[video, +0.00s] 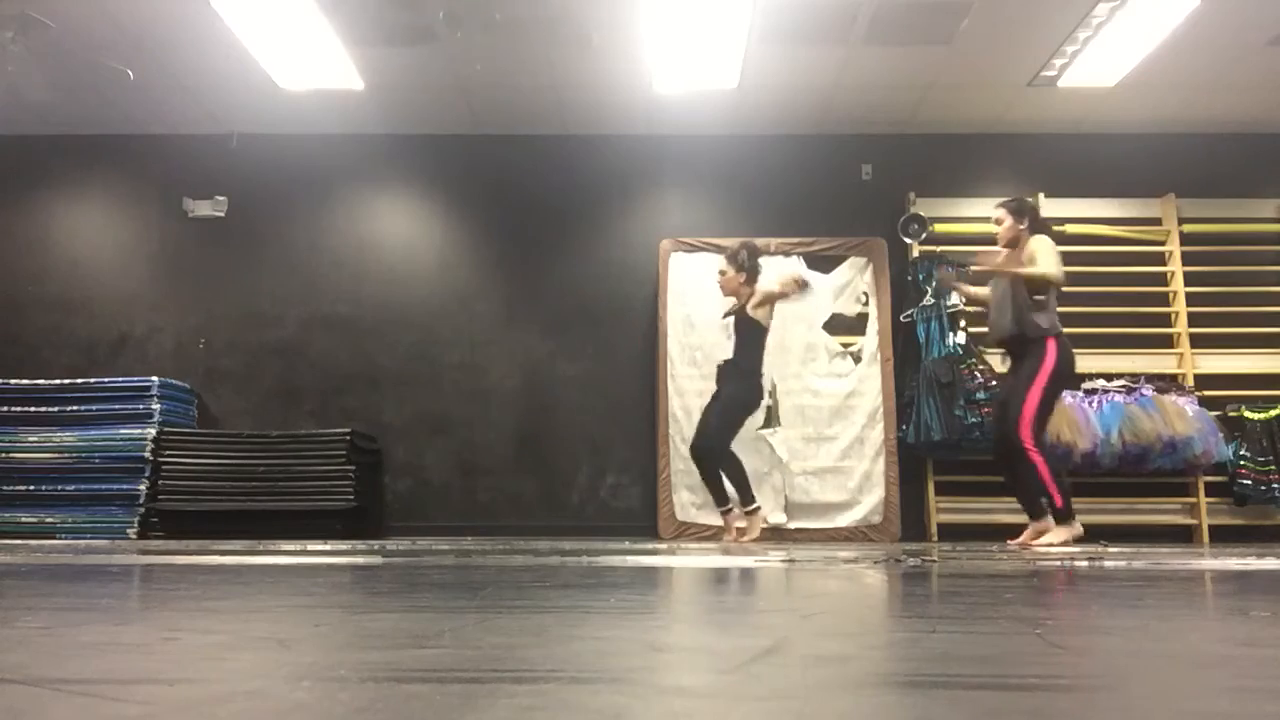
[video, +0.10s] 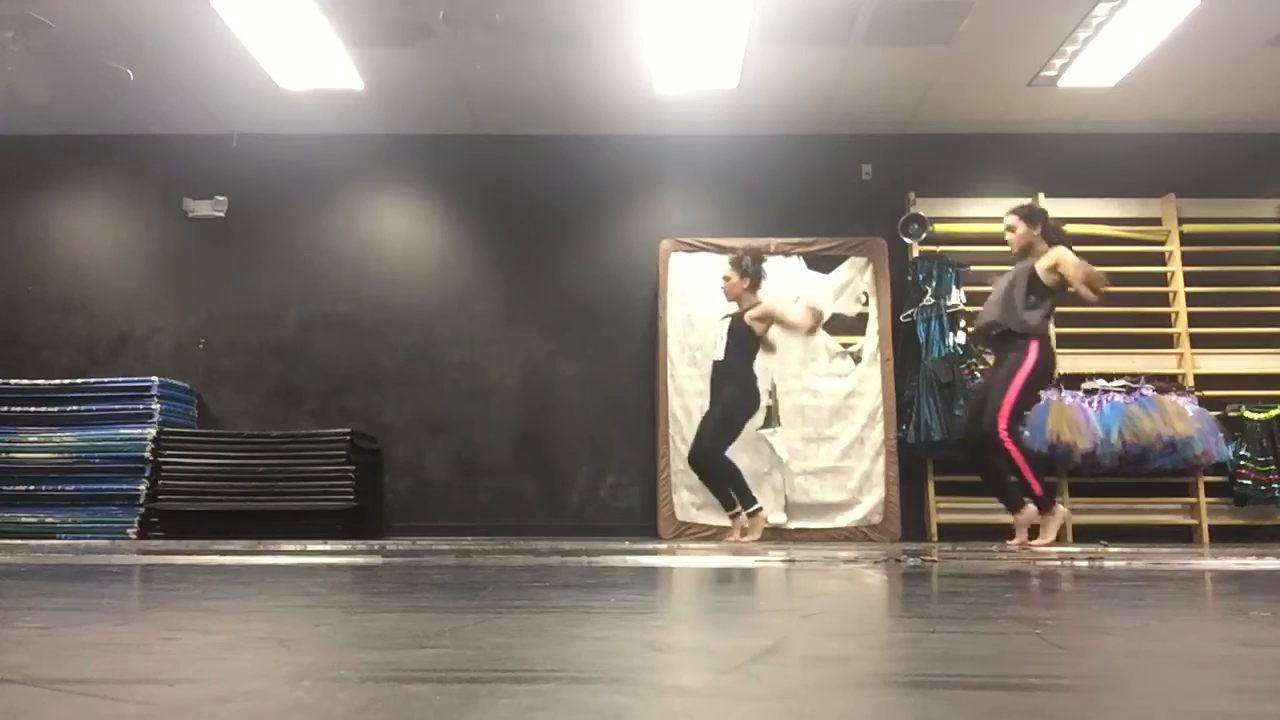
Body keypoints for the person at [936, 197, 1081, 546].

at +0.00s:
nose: (995, 229)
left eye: (999, 222)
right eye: (994, 223)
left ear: (1022, 222)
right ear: (1009, 226)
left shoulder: (1039, 243)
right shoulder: (1008, 258)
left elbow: (1054, 275)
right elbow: (997, 296)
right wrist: (958, 287)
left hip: (1047, 349)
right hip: (1024, 353)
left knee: (1023, 433)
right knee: (1006, 436)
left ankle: (1067, 523)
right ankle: (1040, 521)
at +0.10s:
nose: (1008, 237)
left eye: (1013, 230)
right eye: (1006, 231)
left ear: (1035, 228)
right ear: (1024, 231)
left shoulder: (1055, 255)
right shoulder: (1024, 266)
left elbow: (1098, 289)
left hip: (1031, 350)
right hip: (1009, 353)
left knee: (997, 428)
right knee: (974, 433)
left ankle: (1050, 509)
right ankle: (1022, 509)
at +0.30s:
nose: (1011, 260)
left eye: (1016, 253)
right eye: (1010, 254)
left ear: (1039, 250)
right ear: (1031, 254)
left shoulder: (1063, 275)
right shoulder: (1034, 288)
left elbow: (1099, 323)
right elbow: (1061, 348)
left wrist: (1127, 365)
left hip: (1026, 366)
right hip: (1003, 368)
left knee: (982, 432)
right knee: (966, 440)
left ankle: (1039, 507)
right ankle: (1017, 513)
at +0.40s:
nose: (998, 271)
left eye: (1003, 263)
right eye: (997, 265)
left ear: (1027, 261)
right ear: (1021, 265)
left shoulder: (1047, 288)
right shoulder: (1018, 301)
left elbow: (1092, 325)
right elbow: (1055, 353)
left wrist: (1109, 374)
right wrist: (1060, 405)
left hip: (1041, 385)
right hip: (1016, 388)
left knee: (991, 441)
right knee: (976, 452)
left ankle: (1052, 511)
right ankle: (1033, 518)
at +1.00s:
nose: (1062, 225)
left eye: (1070, 219)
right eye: (1054, 219)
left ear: (1079, 229)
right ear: (1040, 227)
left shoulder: (1091, 266)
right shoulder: (1022, 265)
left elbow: (1134, 290)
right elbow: (989, 287)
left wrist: (1131, 334)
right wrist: (992, 330)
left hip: (1078, 366)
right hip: (1036, 366)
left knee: (1047, 438)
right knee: (992, 430)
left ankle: (1071, 529)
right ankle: (1013, 512)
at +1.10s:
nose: (1080, 198)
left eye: (1085, 192)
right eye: (1071, 192)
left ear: (1092, 201)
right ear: (1052, 201)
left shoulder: (1103, 242)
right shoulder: (1037, 234)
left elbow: (1138, 267)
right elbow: (985, 257)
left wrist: (1166, 291)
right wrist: (959, 284)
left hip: (1080, 348)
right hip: (1035, 342)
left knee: (1064, 431)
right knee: (983, 409)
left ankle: (1067, 527)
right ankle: (941, 491)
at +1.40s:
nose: (1087, 209)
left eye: (1092, 204)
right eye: (1079, 203)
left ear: (1098, 212)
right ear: (1059, 211)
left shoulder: (1116, 247)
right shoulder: (1055, 251)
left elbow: (1175, 231)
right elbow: (1023, 225)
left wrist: (1229, 217)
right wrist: (995, 194)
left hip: (1107, 346)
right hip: (1064, 340)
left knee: (1075, 439)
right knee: (1047, 387)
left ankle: (1044, 521)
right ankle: (1012, 456)